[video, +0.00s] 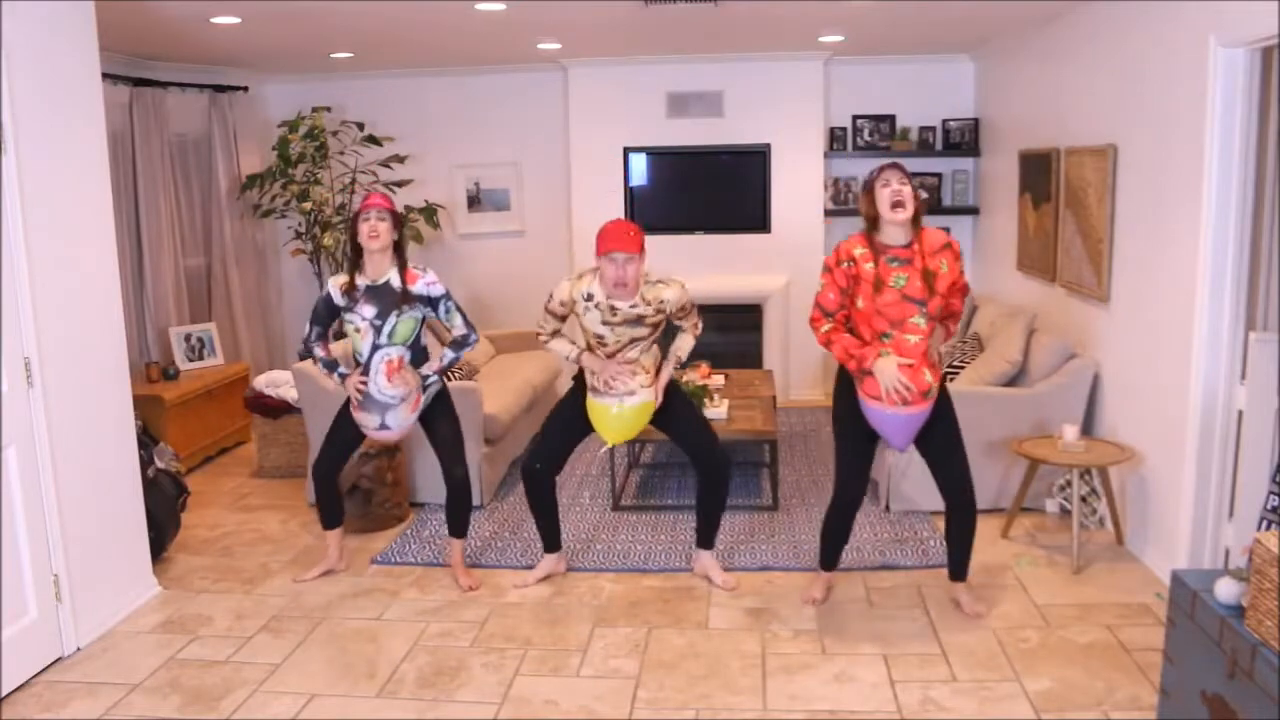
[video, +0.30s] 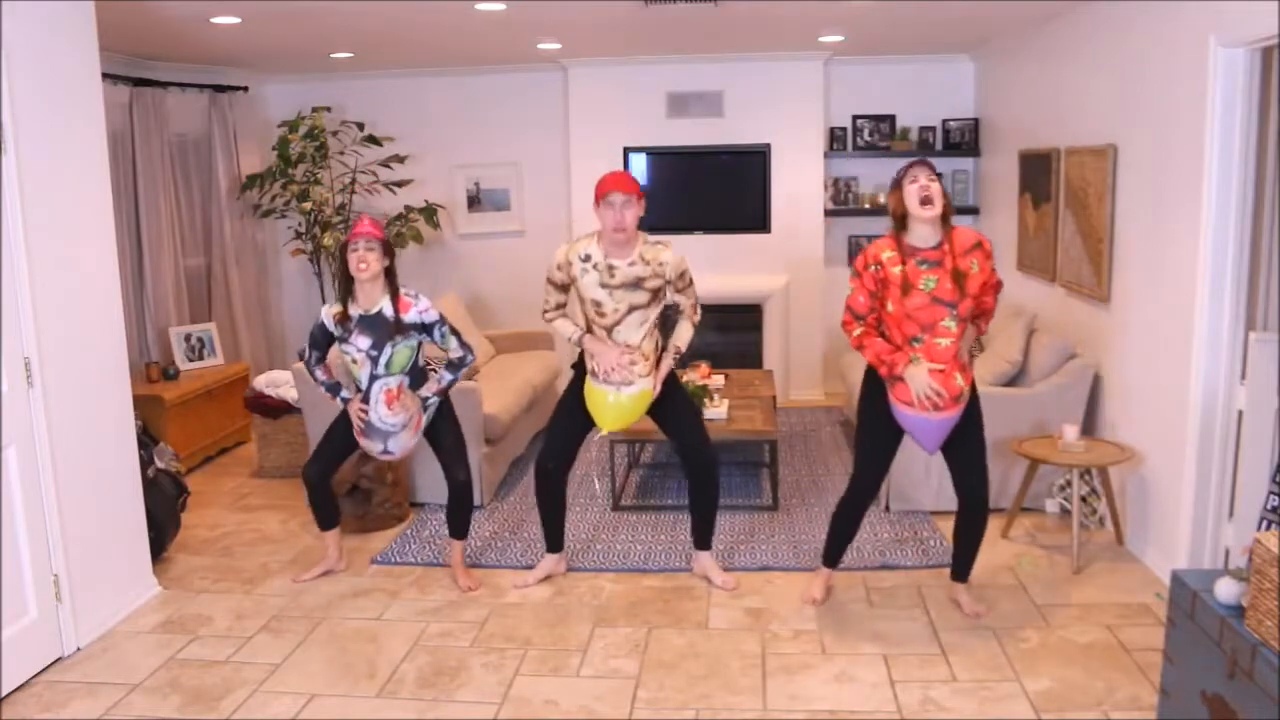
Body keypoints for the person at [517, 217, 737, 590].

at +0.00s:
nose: (621, 271)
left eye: (630, 260)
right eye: (612, 261)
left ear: (643, 260)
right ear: (598, 260)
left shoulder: (668, 294)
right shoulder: (573, 291)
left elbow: (691, 326)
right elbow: (546, 334)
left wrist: (663, 377)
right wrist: (590, 362)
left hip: (652, 387)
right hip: (592, 388)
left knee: (715, 461)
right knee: (535, 467)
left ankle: (704, 553)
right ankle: (553, 554)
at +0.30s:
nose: (619, 215)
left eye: (628, 205)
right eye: (610, 206)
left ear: (641, 209)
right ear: (597, 211)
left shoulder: (664, 259)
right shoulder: (572, 257)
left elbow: (690, 311)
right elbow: (552, 313)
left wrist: (666, 364)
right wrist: (592, 344)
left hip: (653, 371)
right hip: (593, 371)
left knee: (702, 456)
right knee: (550, 462)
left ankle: (703, 554)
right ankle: (554, 555)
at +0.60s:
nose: (614, 231)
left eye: (622, 223)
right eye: (607, 223)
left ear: (634, 214)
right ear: (594, 213)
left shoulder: (659, 253)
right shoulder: (566, 252)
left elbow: (685, 316)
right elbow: (554, 315)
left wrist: (664, 368)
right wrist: (588, 345)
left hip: (651, 379)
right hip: (591, 380)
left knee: (707, 463)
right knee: (543, 469)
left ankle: (703, 555)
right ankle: (553, 556)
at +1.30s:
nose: (608, 209)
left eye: (617, 206)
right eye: (601, 206)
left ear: (633, 224)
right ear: (589, 223)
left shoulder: (656, 279)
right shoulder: (566, 278)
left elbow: (681, 343)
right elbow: (554, 340)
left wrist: (661, 402)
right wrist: (587, 377)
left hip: (652, 392)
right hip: (591, 394)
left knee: (712, 467)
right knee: (533, 470)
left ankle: (703, 555)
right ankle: (552, 556)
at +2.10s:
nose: (606, 208)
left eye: (615, 203)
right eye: (598, 204)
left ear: (632, 217)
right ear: (587, 218)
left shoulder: (654, 260)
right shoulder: (567, 268)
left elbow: (691, 314)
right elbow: (546, 326)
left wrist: (650, 367)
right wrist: (586, 372)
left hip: (650, 381)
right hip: (590, 383)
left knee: (710, 459)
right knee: (536, 465)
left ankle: (703, 554)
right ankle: (552, 556)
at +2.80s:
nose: (606, 298)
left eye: (614, 291)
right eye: (599, 292)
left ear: (631, 270)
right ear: (585, 270)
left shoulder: (661, 276)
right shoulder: (564, 281)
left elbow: (688, 334)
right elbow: (556, 338)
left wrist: (652, 388)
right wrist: (593, 389)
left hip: (652, 388)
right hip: (592, 389)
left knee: (714, 465)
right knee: (533, 469)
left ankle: (703, 555)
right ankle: (552, 556)